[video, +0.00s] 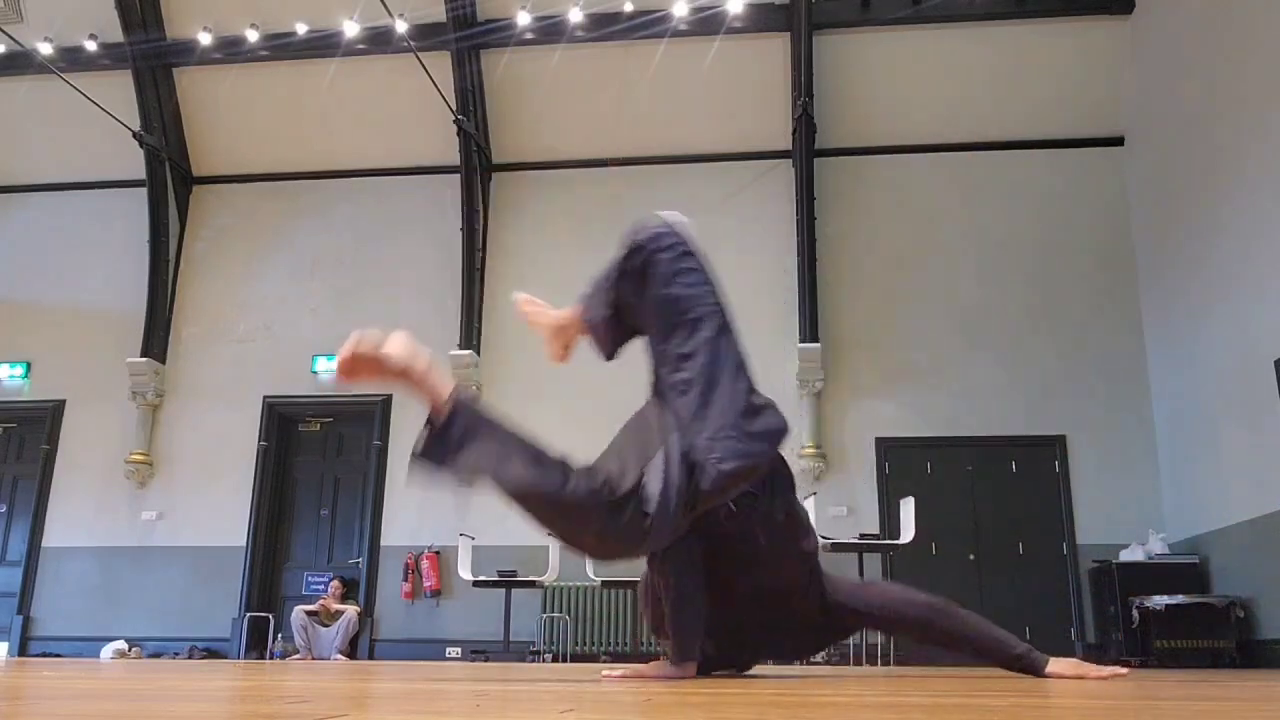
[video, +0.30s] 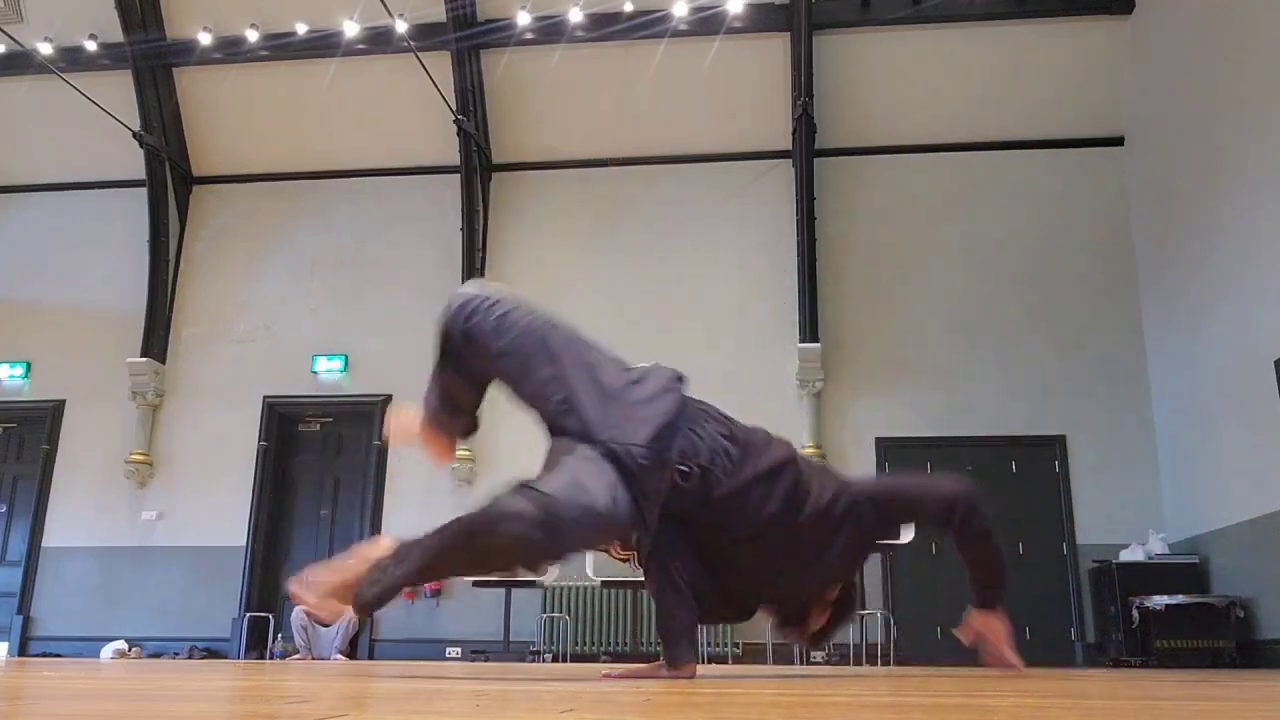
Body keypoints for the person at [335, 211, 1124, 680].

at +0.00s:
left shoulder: (702, 644)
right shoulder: (810, 603)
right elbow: (915, 614)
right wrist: (1034, 663)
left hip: (665, 506)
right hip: (741, 459)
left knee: (578, 512)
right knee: (661, 238)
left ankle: (429, 387)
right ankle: (585, 326)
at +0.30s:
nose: (804, 625)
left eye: (807, 629)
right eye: (820, 621)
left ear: (796, 609)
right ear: (835, 589)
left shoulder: (713, 588)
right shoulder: (844, 514)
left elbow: (670, 600)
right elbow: (962, 500)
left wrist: (680, 669)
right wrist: (990, 604)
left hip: (627, 482)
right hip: (649, 407)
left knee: (544, 521)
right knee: (475, 313)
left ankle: (391, 566)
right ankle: (443, 426)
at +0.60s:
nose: (843, 546)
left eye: (852, 560)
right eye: (855, 530)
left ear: (835, 574)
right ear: (841, 496)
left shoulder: (743, 579)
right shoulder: (780, 429)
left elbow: (634, 546)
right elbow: (802, 326)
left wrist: (676, 652)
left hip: (573, 512)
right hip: (558, 446)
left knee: (375, 509)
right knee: (366, 508)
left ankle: (490, 621)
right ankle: (478, 634)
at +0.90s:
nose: (746, 525)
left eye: (760, 544)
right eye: (759, 519)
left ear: (752, 583)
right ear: (751, 509)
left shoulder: (685, 583)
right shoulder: (689, 521)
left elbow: (622, 554)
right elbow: (620, 459)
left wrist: (679, 659)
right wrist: (692, 399)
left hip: (504, 495)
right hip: (499, 471)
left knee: (298, 520)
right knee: (301, 520)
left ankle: (472, 612)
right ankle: (481, 618)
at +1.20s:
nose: (728, 580)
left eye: (737, 596)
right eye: (742, 588)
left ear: (726, 621)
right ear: (728, 631)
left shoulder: (678, 619)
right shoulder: (641, 641)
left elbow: (688, 534)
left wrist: (690, 657)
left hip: (495, 511)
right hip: (489, 500)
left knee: (293, 515)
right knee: (294, 514)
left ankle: (459, 610)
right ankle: (472, 615)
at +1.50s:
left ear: (764, 628)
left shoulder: (715, 592)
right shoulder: (656, 652)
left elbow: (789, 556)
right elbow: (558, 656)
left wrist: (737, 657)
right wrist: (647, 666)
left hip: (544, 534)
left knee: (351, 497)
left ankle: (468, 624)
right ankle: (494, 623)